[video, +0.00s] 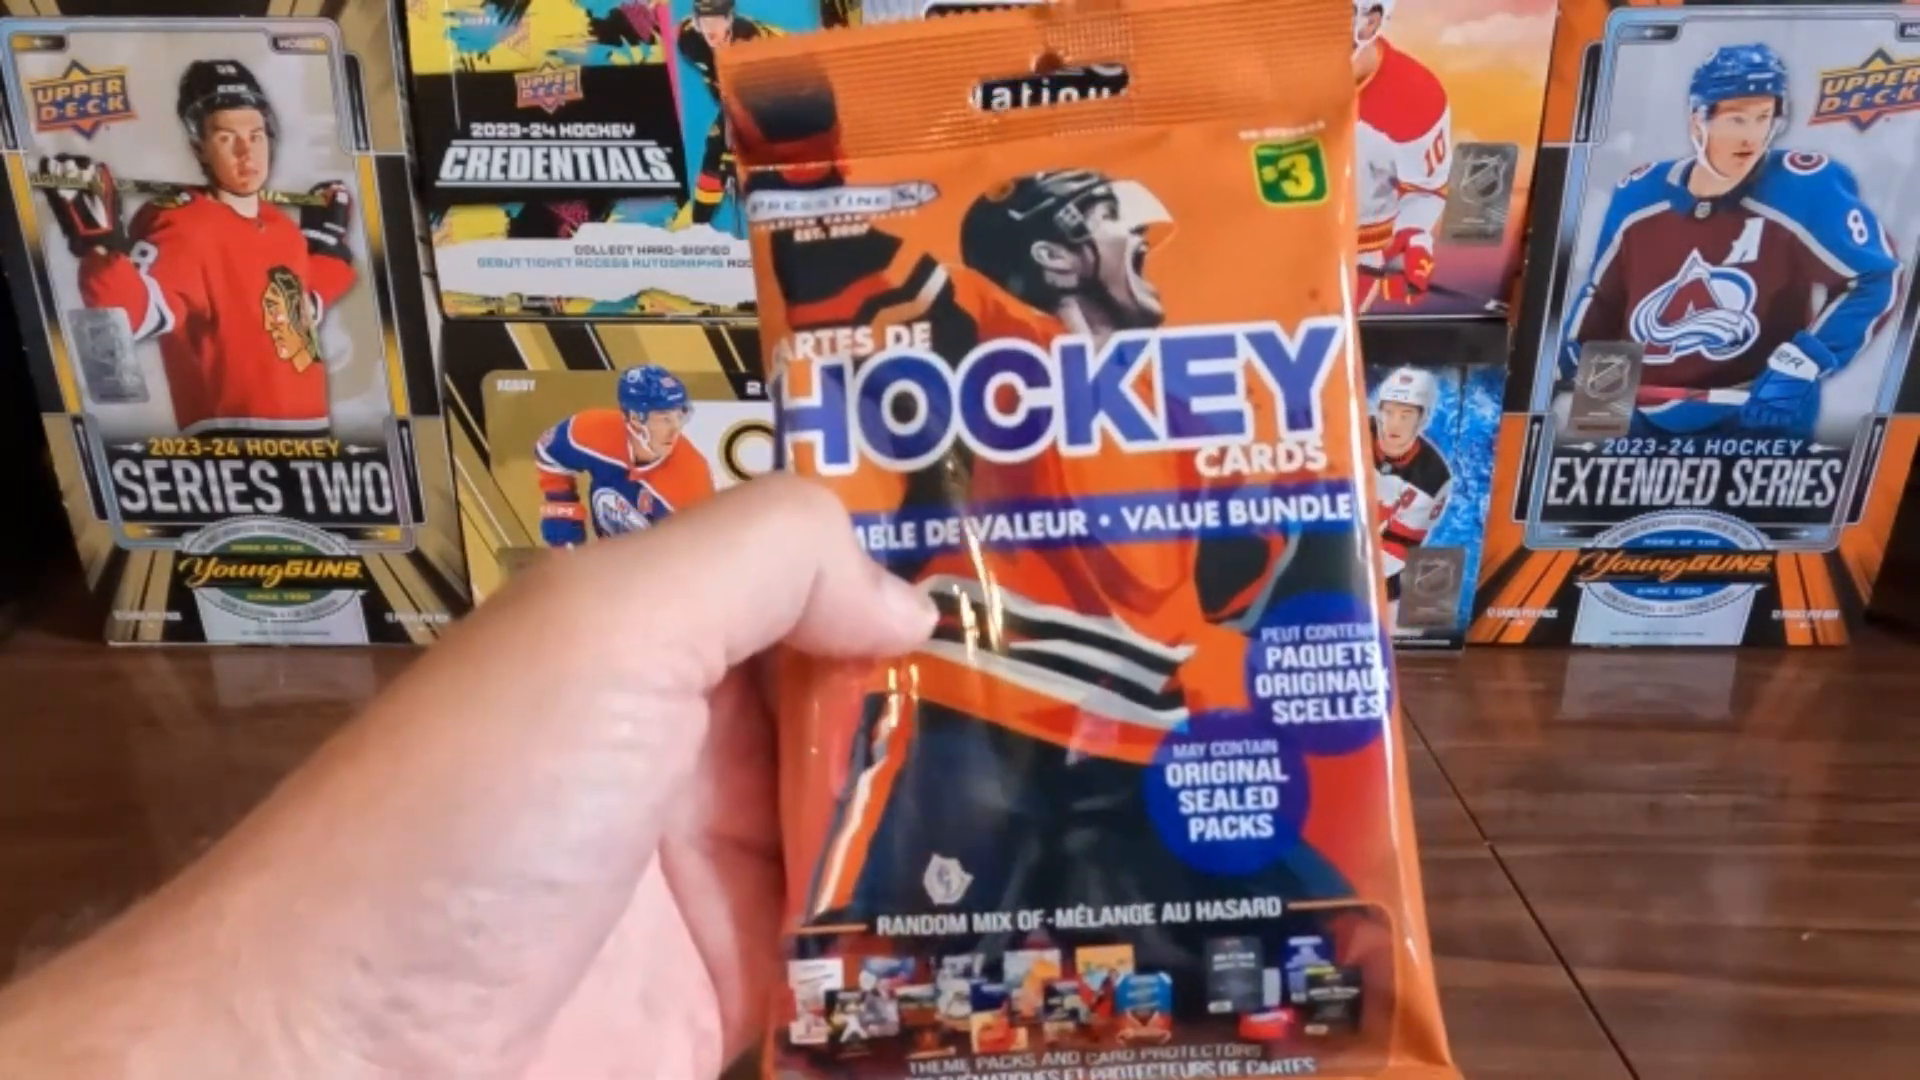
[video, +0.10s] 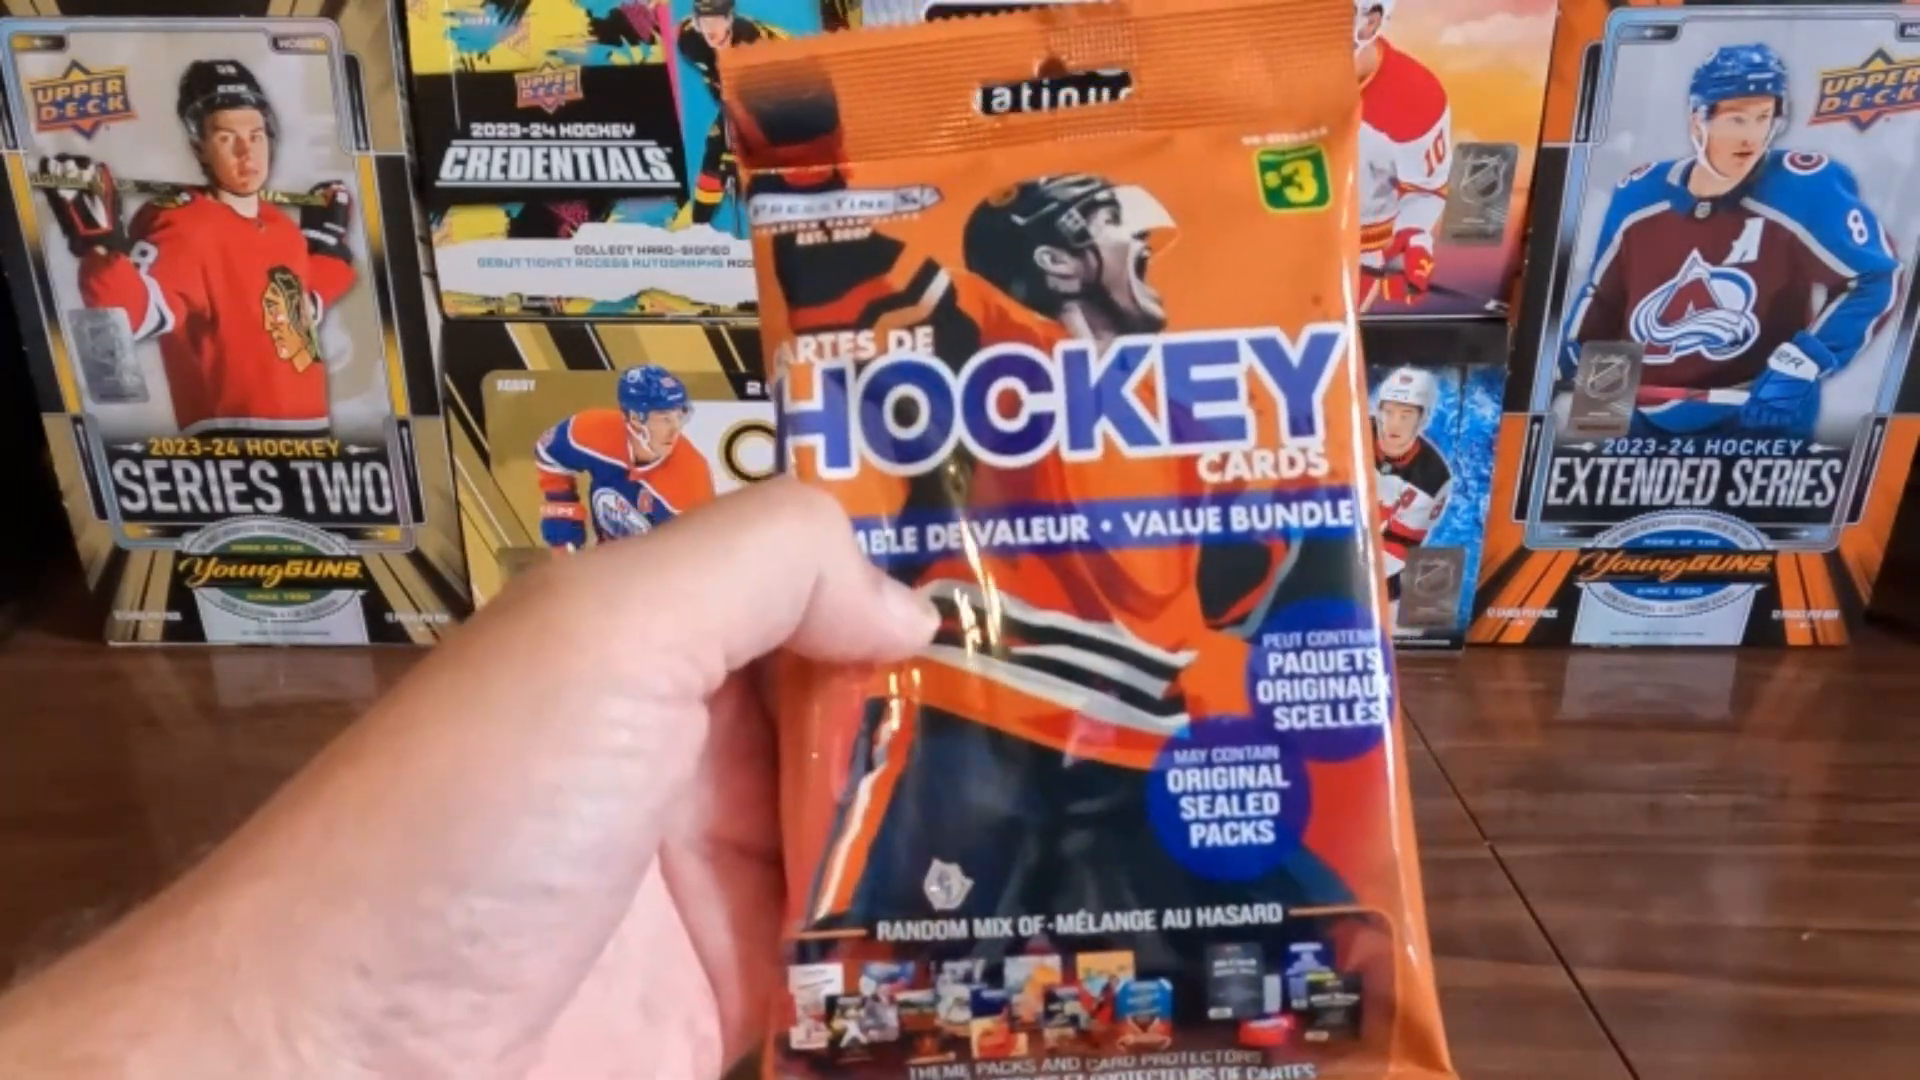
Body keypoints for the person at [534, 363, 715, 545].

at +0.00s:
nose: (676, 430)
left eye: (680, 418)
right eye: (664, 419)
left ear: (685, 416)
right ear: (635, 420)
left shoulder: (692, 476)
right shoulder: (594, 431)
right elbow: (550, 454)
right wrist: (565, 531)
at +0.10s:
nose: (676, 430)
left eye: (680, 418)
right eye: (665, 420)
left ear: (685, 417)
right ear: (635, 420)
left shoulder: (691, 477)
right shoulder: (594, 431)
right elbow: (550, 454)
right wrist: (564, 529)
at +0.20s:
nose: (676, 430)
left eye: (679, 417)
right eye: (664, 419)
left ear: (685, 417)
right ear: (635, 420)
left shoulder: (691, 476)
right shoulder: (593, 432)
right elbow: (550, 453)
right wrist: (563, 523)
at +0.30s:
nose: (676, 430)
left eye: (679, 419)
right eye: (665, 420)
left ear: (685, 418)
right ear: (634, 420)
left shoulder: (691, 476)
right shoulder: (593, 432)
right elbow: (550, 454)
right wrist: (565, 531)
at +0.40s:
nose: (676, 430)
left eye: (679, 419)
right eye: (665, 419)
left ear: (685, 417)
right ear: (634, 420)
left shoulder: (692, 475)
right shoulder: (592, 431)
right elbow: (550, 454)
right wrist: (565, 528)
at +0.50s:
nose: (676, 429)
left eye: (679, 418)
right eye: (665, 419)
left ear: (684, 416)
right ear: (635, 420)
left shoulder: (692, 474)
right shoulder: (592, 431)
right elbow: (549, 454)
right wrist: (564, 527)